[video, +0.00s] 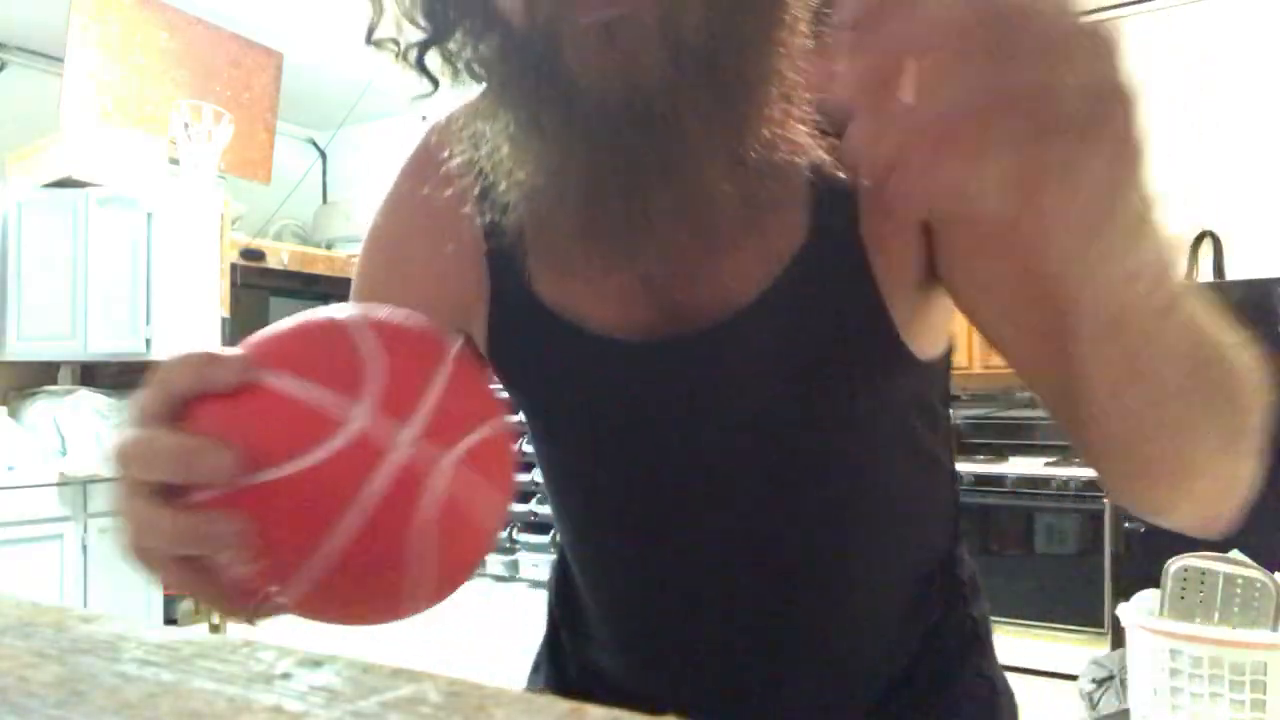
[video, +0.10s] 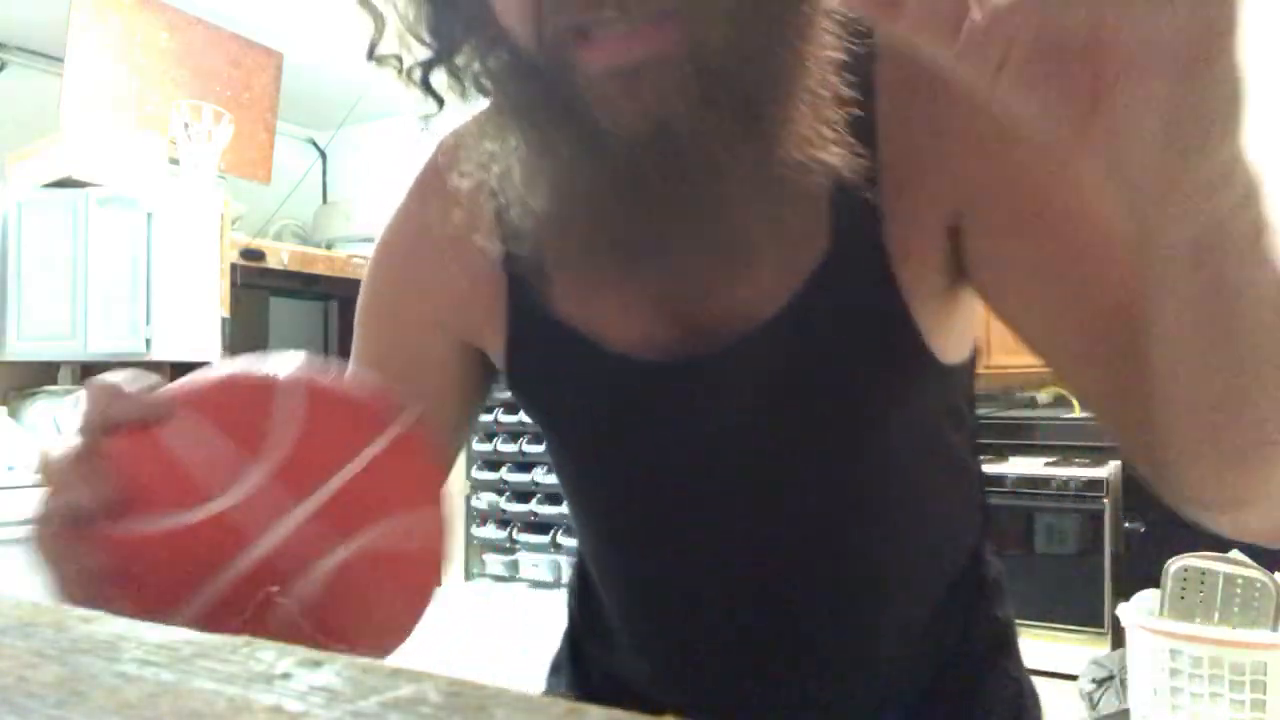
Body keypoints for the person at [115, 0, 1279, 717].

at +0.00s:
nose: (598, 5)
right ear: (477, 19)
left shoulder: (909, 126)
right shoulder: (458, 188)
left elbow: (1206, 488)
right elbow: (365, 495)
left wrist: (1118, 281)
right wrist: (218, 512)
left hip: (897, 673)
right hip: (616, 679)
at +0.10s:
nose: (601, 21)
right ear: (482, 17)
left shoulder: (932, 106)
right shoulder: (472, 200)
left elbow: (1248, 494)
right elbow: (361, 576)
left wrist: (1182, 198)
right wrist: (200, 523)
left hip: (927, 672)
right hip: (640, 676)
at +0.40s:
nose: (638, 30)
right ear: (491, 29)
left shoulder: (1059, 115)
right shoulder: (514, 244)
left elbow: (1270, 436)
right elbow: (350, 573)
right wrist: (165, 575)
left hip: (1005, 697)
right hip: (687, 702)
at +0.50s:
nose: (649, 50)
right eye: (552, 8)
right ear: (489, 42)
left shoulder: (1072, 135)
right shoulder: (520, 258)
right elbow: (356, 586)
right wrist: (164, 577)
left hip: (1015, 700)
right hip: (700, 703)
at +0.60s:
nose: (654, 53)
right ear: (482, 32)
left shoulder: (1052, 151)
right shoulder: (520, 265)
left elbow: (1272, 461)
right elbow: (364, 595)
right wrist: (177, 575)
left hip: (1018, 696)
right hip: (705, 699)